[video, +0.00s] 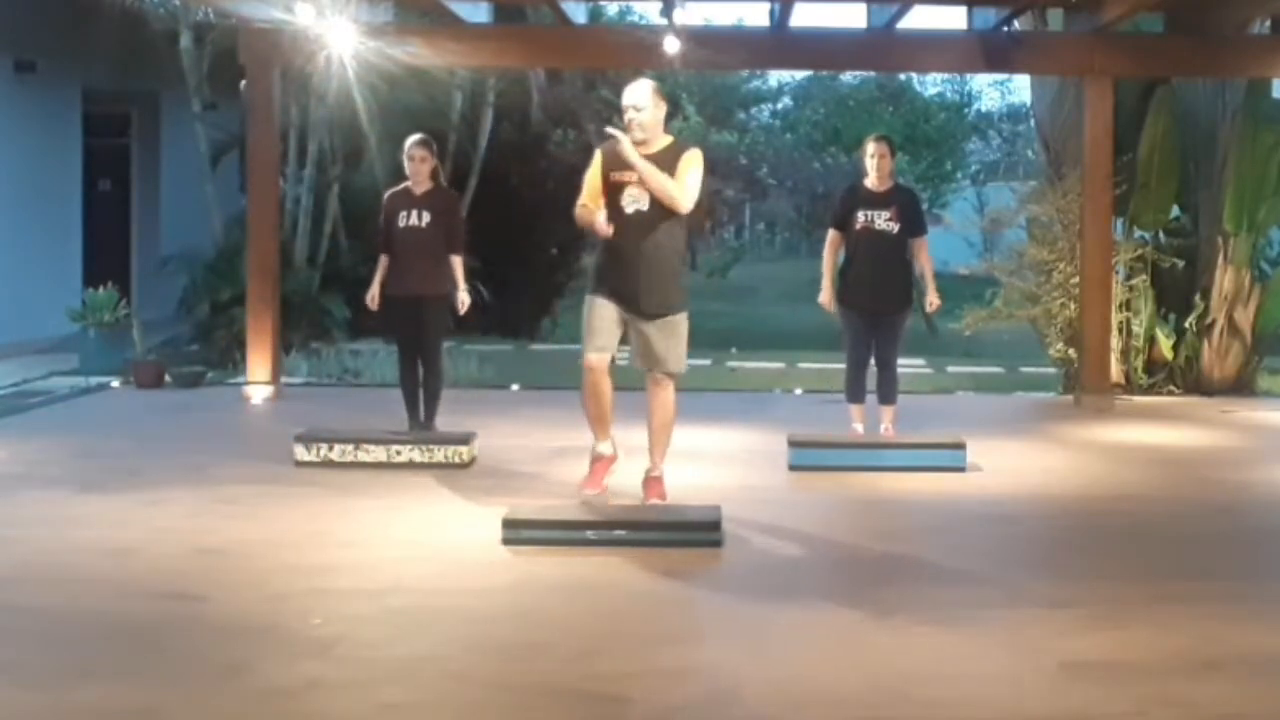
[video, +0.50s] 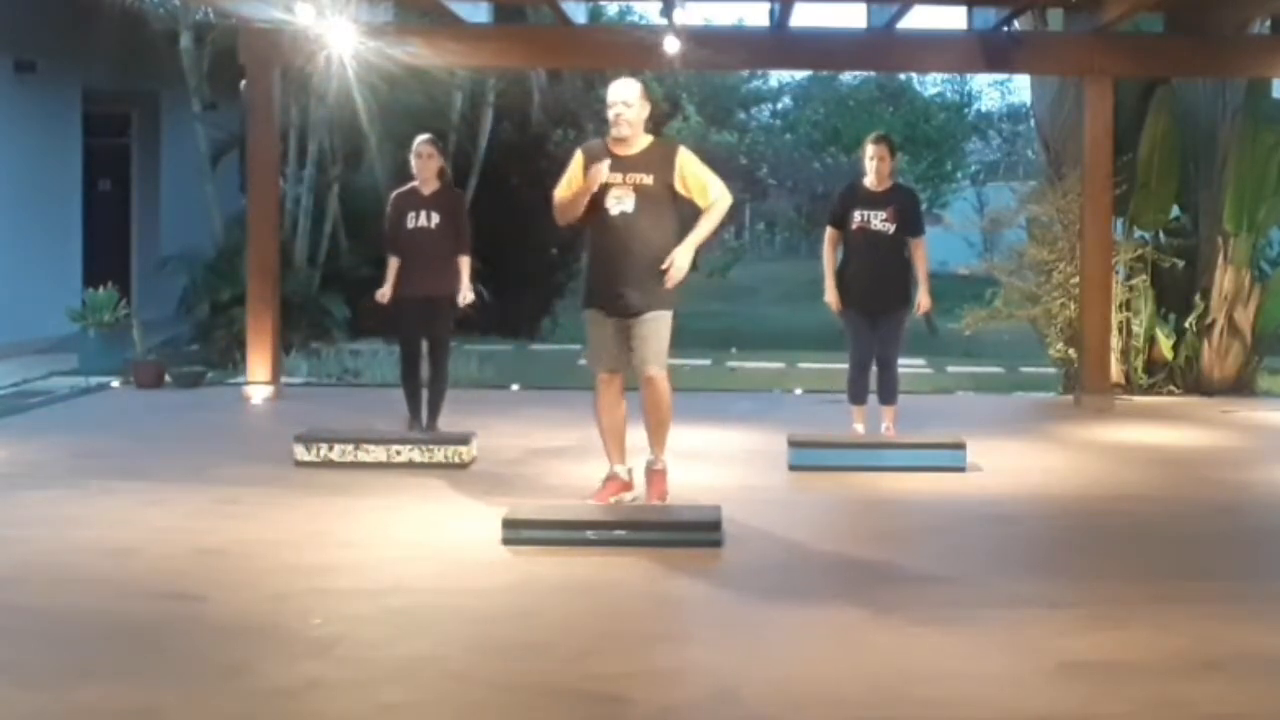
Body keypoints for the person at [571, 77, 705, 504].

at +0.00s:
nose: (631, 118)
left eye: (639, 110)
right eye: (626, 110)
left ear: (663, 113)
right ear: (621, 114)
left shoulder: (685, 156)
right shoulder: (607, 154)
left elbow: (683, 201)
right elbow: (583, 206)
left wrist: (634, 159)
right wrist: (595, 219)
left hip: (662, 289)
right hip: (610, 283)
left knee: (661, 379)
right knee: (594, 363)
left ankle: (656, 470)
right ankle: (603, 449)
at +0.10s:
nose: (628, 116)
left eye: (637, 109)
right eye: (624, 109)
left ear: (660, 112)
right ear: (620, 113)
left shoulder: (684, 154)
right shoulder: (607, 153)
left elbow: (686, 198)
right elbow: (586, 204)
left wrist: (632, 159)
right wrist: (591, 233)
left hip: (662, 285)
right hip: (610, 279)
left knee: (660, 377)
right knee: (594, 361)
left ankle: (656, 470)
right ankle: (606, 447)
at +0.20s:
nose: (623, 117)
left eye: (632, 109)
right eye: (619, 109)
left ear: (656, 112)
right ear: (615, 113)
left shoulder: (683, 157)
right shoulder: (603, 157)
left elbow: (694, 210)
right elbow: (585, 206)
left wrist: (634, 187)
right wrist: (589, 238)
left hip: (662, 288)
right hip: (609, 284)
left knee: (659, 379)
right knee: (600, 373)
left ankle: (656, 471)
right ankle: (611, 462)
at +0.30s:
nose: (618, 115)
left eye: (627, 108)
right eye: (614, 108)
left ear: (651, 110)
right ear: (610, 111)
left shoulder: (678, 158)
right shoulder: (598, 157)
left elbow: (700, 219)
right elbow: (579, 209)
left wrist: (646, 232)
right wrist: (592, 237)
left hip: (660, 295)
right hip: (608, 292)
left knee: (659, 380)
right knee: (609, 379)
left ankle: (656, 473)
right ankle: (619, 473)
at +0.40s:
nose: (613, 114)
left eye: (622, 106)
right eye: (610, 106)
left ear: (646, 110)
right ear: (605, 111)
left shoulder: (674, 159)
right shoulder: (590, 157)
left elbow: (711, 211)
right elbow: (567, 215)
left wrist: (672, 252)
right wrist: (587, 207)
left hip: (656, 291)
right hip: (606, 290)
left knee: (656, 379)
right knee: (609, 379)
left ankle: (656, 471)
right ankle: (618, 473)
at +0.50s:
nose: (616, 114)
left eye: (625, 106)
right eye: (611, 106)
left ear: (645, 111)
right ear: (605, 112)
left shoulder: (672, 156)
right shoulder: (589, 156)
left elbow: (721, 198)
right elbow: (562, 214)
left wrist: (687, 248)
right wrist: (588, 187)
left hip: (652, 290)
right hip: (602, 290)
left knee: (652, 375)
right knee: (607, 379)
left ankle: (657, 465)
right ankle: (618, 473)